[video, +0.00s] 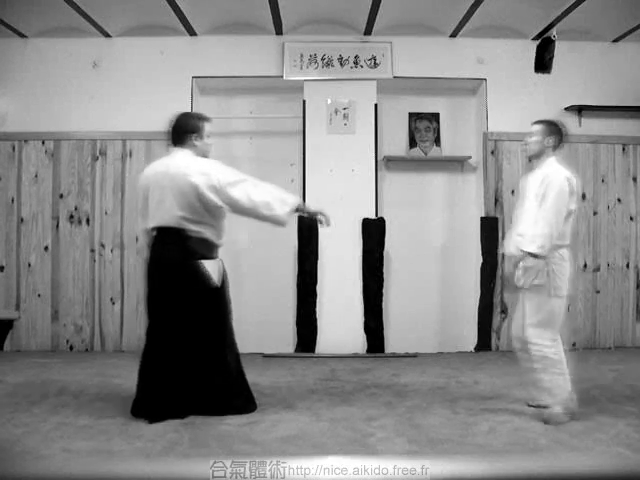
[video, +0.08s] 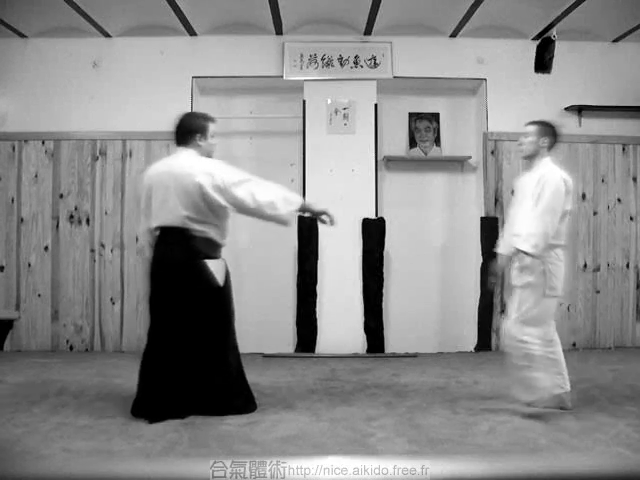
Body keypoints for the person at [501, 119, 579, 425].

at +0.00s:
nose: (526, 140)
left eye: (532, 136)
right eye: (527, 136)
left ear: (550, 141)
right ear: (540, 142)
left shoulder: (559, 176)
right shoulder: (532, 177)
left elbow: (550, 219)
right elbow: (522, 218)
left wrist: (535, 255)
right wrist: (511, 251)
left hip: (549, 261)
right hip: (527, 259)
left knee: (542, 333)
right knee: (520, 333)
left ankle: (562, 402)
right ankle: (547, 393)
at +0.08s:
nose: (520, 141)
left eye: (526, 136)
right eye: (521, 136)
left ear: (544, 142)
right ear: (533, 143)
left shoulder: (553, 176)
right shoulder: (525, 178)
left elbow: (544, 221)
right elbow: (513, 220)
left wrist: (524, 255)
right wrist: (502, 255)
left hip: (541, 260)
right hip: (523, 258)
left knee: (517, 327)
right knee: (541, 326)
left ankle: (547, 391)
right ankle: (557, 393)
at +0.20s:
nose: (509, 143)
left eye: (515, 138)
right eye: (509, 138)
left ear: (533, 143)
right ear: (520, 144)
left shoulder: (542, 179)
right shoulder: (512, 179)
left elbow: (532, 229)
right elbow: (500, 222)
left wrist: (505, 250)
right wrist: (483, 252)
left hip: (531, 260)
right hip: (512, 259)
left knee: (502, 324)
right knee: (537, 324)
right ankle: (559, 391)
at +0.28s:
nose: (500, 145)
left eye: (507, 139)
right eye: (500, 140)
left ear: (526, 145)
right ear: (507, 146)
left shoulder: (536, 182)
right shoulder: (503, 182)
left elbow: (520, 230)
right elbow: (488, 226)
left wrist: (489, 241)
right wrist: (460, 249)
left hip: (524, 263)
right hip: (505, 262)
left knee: (493, 327)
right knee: (533, 327)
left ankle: (473, 397)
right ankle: (559, 391)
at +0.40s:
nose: (485, 144)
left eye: (493, 139)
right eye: (485, 139)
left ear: (511, 145)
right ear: (486, 144)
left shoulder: (517, 183)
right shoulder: (484, 179)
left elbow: (497, 226)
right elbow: (458, 211)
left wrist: (453, 232)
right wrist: (425, 222)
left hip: (502, 262)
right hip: (487, 259)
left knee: (473, 329)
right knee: (515, 322)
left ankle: (460, 400)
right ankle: (554, 388)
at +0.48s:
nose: (474, 142)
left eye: (482, 137)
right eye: (474, 136)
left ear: (498, 143)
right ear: (473, 141)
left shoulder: (506, 182)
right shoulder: (467, 178)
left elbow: (481, 221)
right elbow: (436, 207)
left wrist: (447, 218)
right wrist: (399, 211)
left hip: (488, 264)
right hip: (466, 263)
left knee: (464, 333)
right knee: (500, 325)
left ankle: (457, 400)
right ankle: (544, 380)